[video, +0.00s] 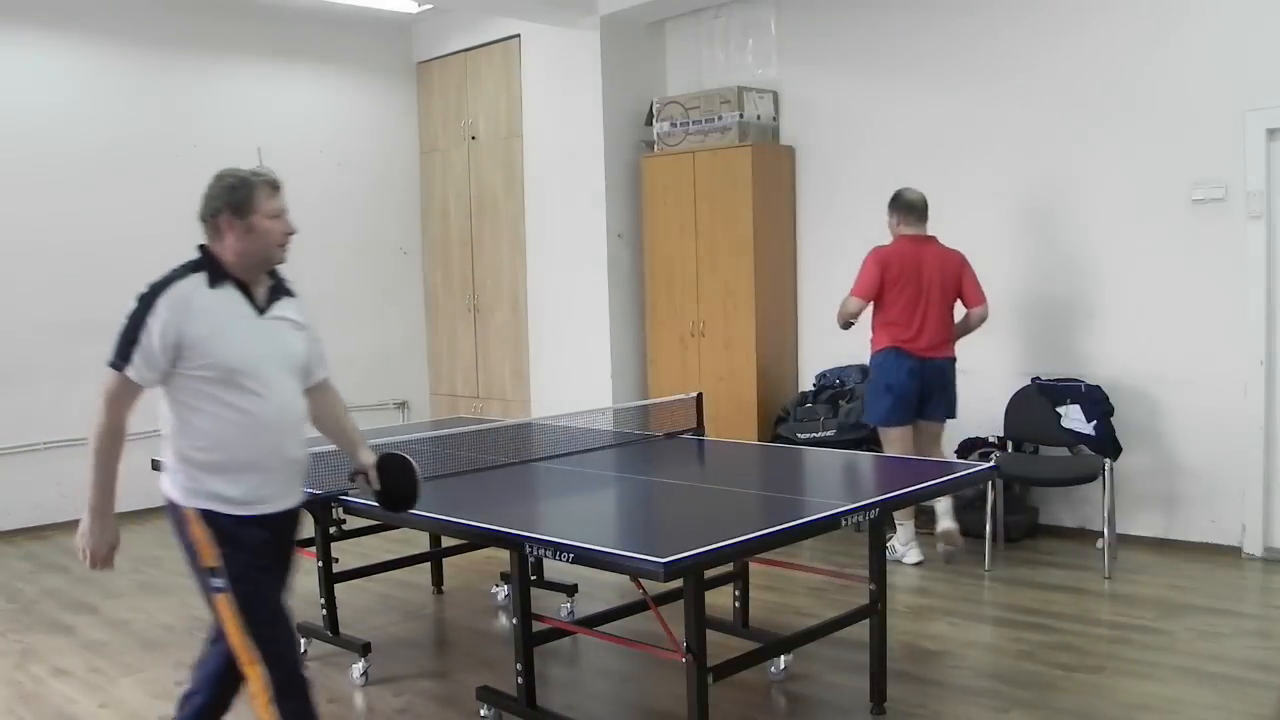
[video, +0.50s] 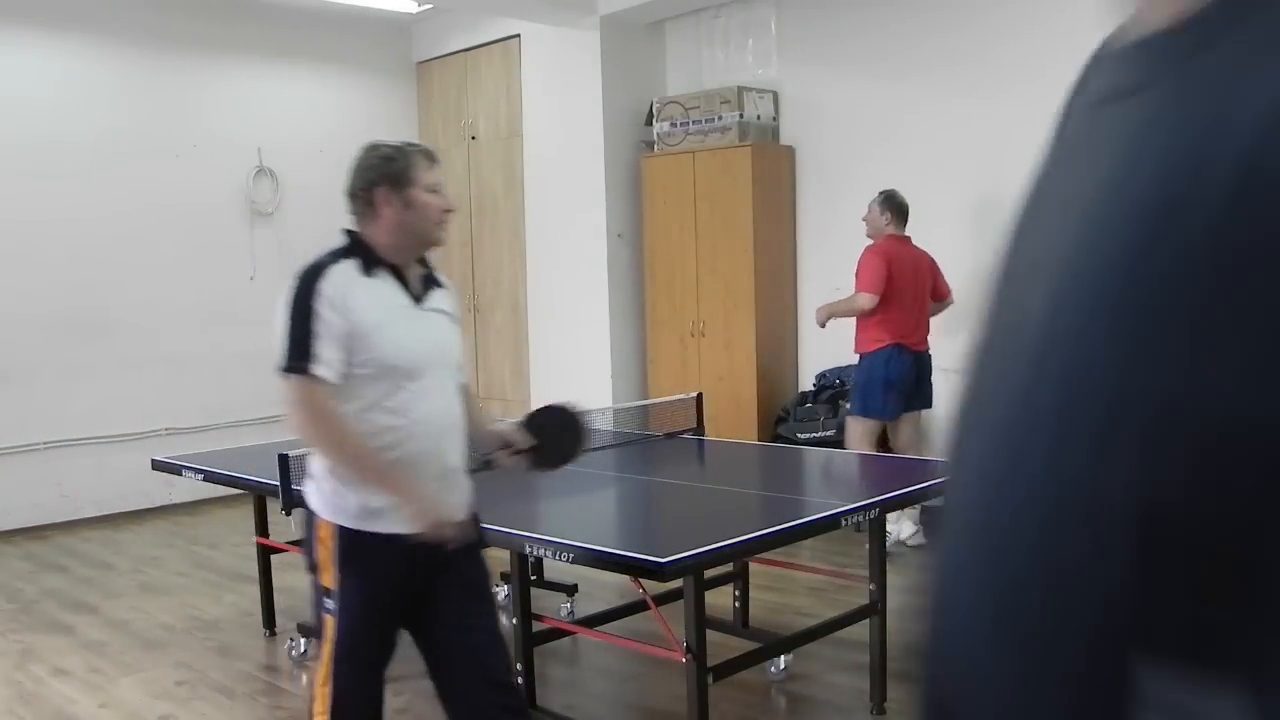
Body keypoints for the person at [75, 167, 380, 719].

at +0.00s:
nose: (290, 228)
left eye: (287, 216)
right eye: (276, 218)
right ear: (228, 229)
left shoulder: (286, 303)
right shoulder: (173, 302)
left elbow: (318, 390)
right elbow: (114, 404)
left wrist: (361, 452)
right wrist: (100, 514)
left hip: (280, 508)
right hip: (210, 510)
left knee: (235, 645)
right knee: (274, 658)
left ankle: (193, 712)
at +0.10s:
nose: (318, 220)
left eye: (314, 208)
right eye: (304, 209)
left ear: (267, 220)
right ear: (256, 218)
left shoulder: (314, 296)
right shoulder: (200, 300)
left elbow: (336, 386)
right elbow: (145, 410)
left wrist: (374, 457)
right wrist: (120, 518)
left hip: (319, 507)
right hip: (246, 511)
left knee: (302, 661)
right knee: (308, 681)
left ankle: (215, 715)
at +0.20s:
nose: (346, 211)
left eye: (343, 198)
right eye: (332, 199)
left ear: (295, 210)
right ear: (282, 209)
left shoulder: (336, 283)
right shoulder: (229, 289)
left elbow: (357, 377)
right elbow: (180, 406)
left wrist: (389, 448)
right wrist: (161, 523)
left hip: (350, 506)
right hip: (274, 515)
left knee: (382, 643)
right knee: (317, 693)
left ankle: (283, 710)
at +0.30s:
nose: (377, 203)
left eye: (373, 190)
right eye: (363, 191)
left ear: (323, 199)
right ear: (313, 199)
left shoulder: (366, 278)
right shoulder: (258, 280)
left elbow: (383, 374)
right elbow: (216, 401)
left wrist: (415, 442)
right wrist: (227, 521)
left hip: (384, 503)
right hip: (302, 515)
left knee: (430, 642)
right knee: (320, 687)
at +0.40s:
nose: (410, 201)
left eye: (406, 188)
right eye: (395, 188)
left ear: (358, 199)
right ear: (347, 197)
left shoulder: (397, 277)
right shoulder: (289, 278)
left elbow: (409, 380)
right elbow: (255, 400)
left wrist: (448, 444)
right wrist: (312, 511)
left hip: (416, 519)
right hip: (334, 527)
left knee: (466, 680)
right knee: (336, 699)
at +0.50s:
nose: (449, 205)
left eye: (445, 192)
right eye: (434, 192)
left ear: (396, 203)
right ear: (385, 201)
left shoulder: (439, 290)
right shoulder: (328, 283)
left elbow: (441, 392)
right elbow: (308, 406)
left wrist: (493, 434)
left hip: (445, 530)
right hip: (361, 536)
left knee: (488, 692)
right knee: (351, 701)